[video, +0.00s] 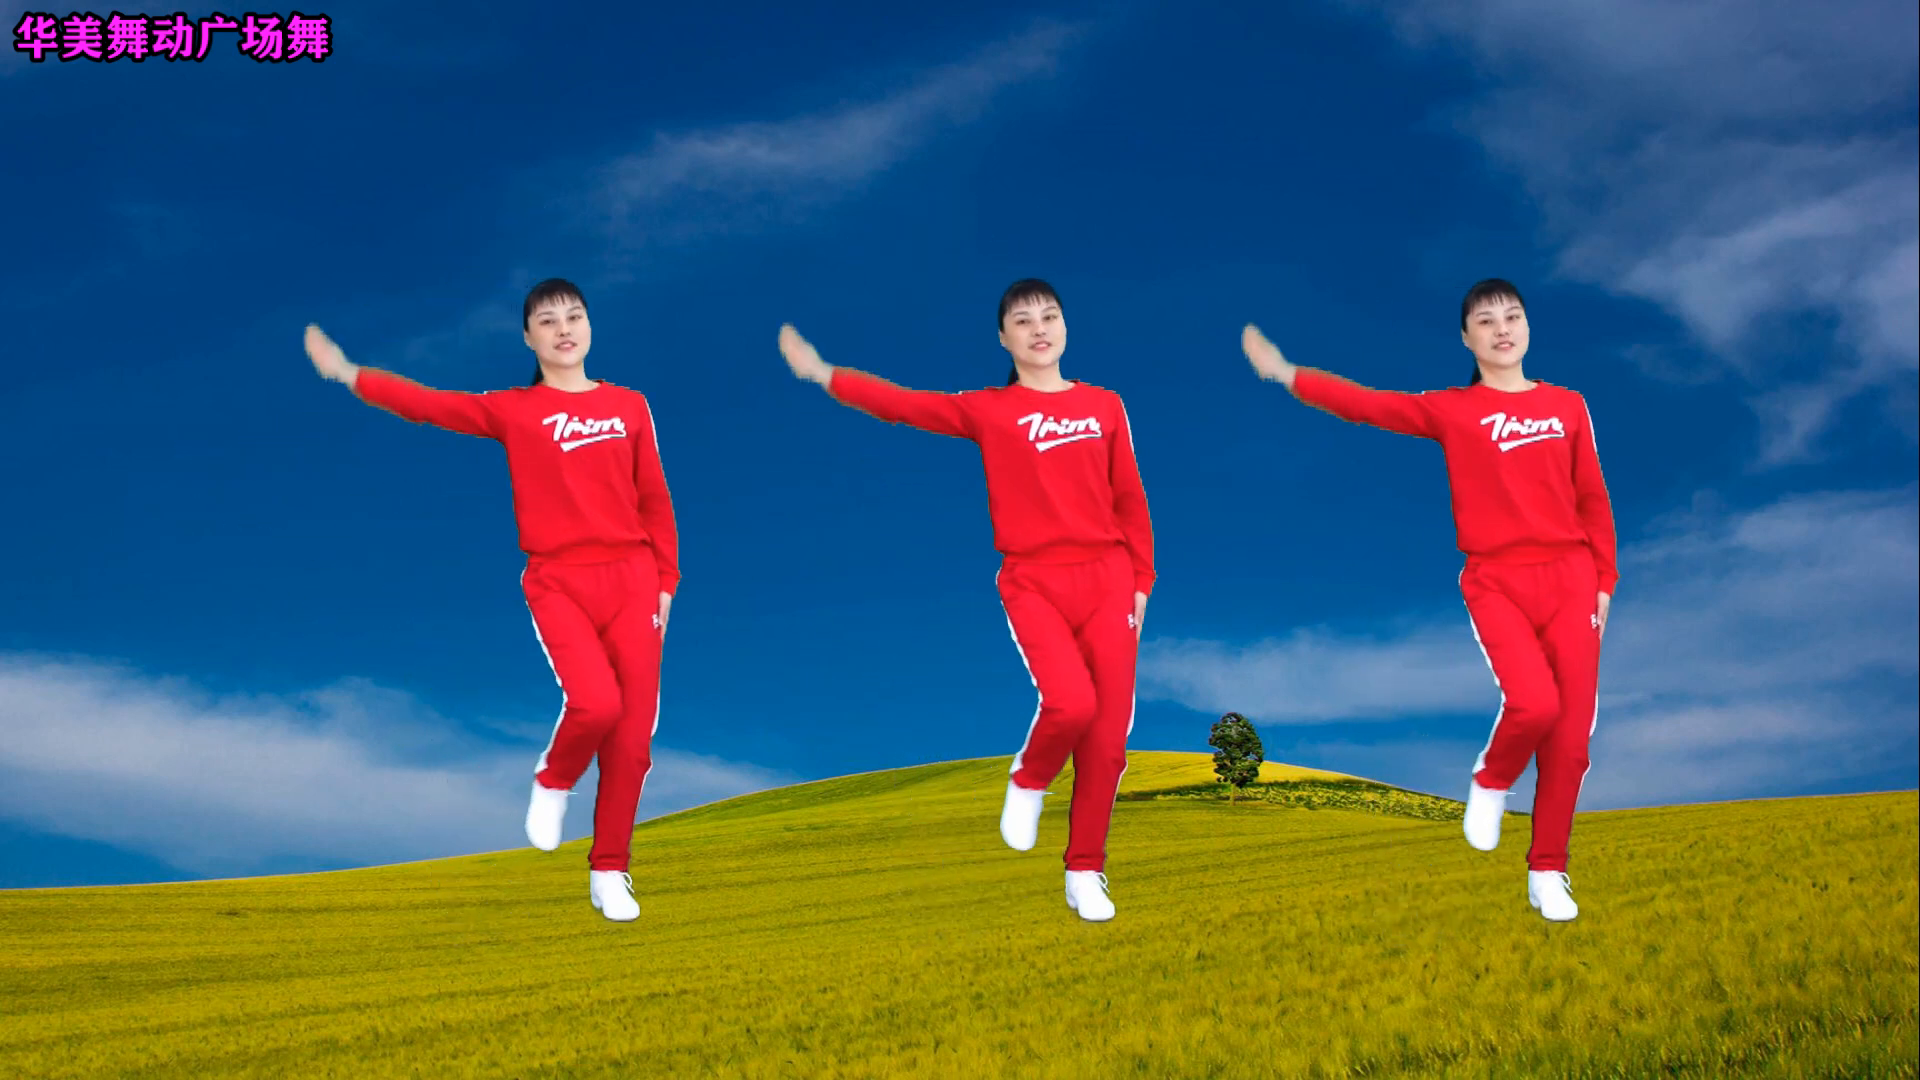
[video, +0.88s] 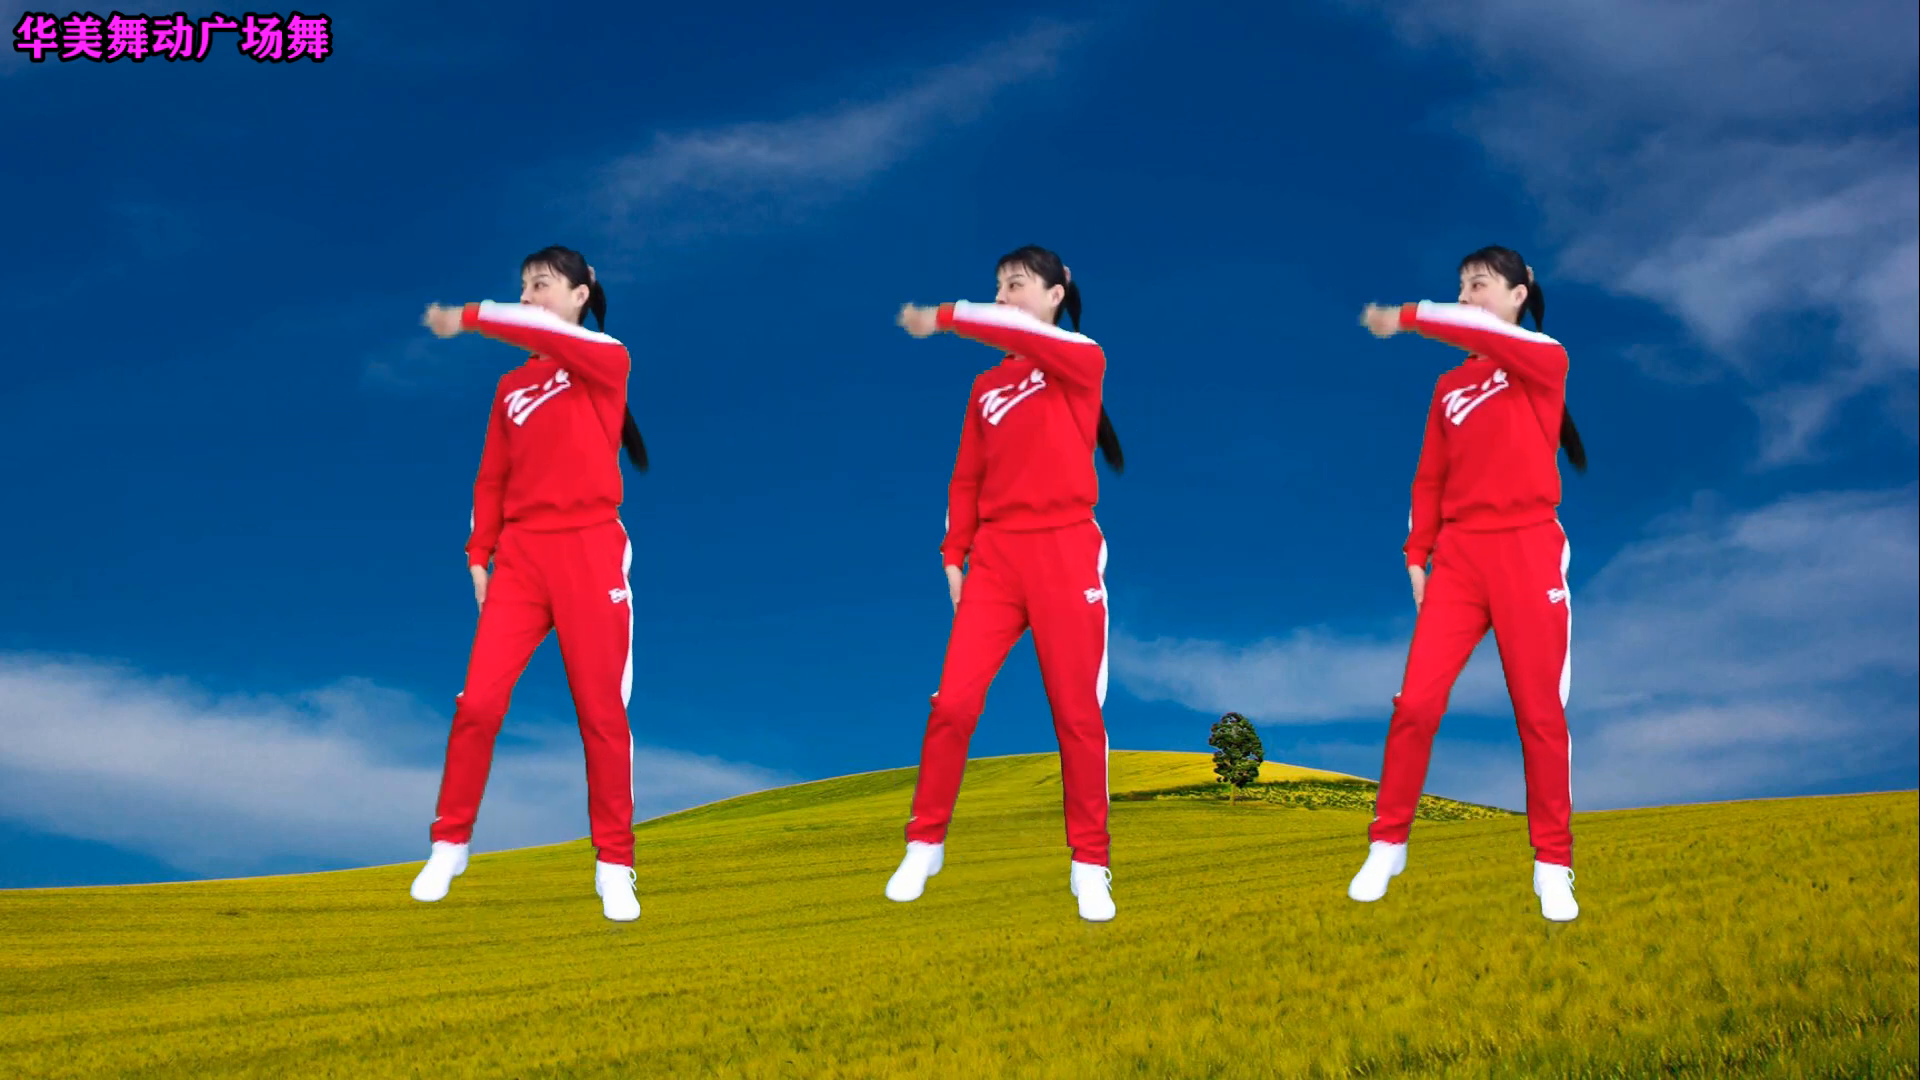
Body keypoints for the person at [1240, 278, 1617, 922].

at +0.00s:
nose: (1502, 329)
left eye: (1511, 318)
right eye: (1487, 321)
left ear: (1528, 328)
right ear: (1468, 337)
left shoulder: (1567, 405)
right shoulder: (1450, 407)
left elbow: (1595, 499)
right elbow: (1364, 403)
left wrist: (1605, 580)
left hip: (1570, 574)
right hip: (1495, 578)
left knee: (1574, 730)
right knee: (1536, 706)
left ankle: (1548, 869)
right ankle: (1490, 785)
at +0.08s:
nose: (1507, 324)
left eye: (1517, 313)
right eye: (1492, 316)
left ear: (1535, 323)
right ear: (1475, 332)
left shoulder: (1574, 398)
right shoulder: (1454, 407)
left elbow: (1604, 488)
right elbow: (1372, 438)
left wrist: (1622, 566)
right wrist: (1289, 458)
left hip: (1576, 569)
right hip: (1499, 574)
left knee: (1577, 728)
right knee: (1536, 706)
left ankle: (1549, 869)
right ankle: (1511, 792)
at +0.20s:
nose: (1511, 305)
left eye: (1523, 294)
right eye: (1498, 297)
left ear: (1542, 305)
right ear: (1482, 313)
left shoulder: (1579, 374)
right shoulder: (1466, 390)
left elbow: (1629, 451)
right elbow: (1417, 467)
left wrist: (1668, 524)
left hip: (1575, 560)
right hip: (1499, 563)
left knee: (1570, 721)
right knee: (1521, 717)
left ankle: (1557, 863)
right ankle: (1516, 827)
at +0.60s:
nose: (1492, 321)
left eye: (1508, 310)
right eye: (1488, 313)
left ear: (1543, 324)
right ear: (1485, 331)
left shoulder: (1571, 401)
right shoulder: (1470, 413)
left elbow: (1612, 485)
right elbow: (1448, 502)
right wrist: (1431, 575)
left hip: (1560, 578)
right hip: (1486, 581)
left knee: (1559, 728)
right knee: (1479, 722)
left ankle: (1550, 868)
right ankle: (1493, 834)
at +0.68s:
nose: (1486, 322)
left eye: (1501, 312)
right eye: (1483, 314)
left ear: (1538, 324)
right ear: (1482, 330)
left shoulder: (1565, 399)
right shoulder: (1470, 413)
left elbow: (1560, 489)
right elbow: (1449, 503)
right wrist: (1434, 576)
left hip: (1557, 577)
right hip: (1487, 579)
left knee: (1557, 729)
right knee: (1460, 709)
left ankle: (1550, 867)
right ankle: (1470, 821)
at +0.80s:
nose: (1475, 305)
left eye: (1490, 293)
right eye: (1472, 297)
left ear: (1529, 303)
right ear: (1471, 314)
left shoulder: (1558, 369)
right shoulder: (1456, 393)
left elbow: (1494, 386)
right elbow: (1442, 485)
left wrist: (1407, 407)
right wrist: (1430, 560)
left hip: (1542, 557)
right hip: (1469, 561)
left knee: (1547, 716)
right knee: (1431, 698)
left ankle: (1552, 864)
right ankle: (1422, 829)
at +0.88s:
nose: (1467, 293)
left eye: (1482, 282)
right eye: (1463, 286)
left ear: (1520, 294)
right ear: (1462, 299)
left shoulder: (1547, 357)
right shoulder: (1448, 385)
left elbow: (1487, 331)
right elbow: (1430, 475)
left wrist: (1406, 316)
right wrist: (1418, 554)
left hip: (1528, 551)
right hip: (1456, 554)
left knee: (1540, 714)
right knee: (1414, 705)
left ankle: (1553, 861)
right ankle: (1387, 845)